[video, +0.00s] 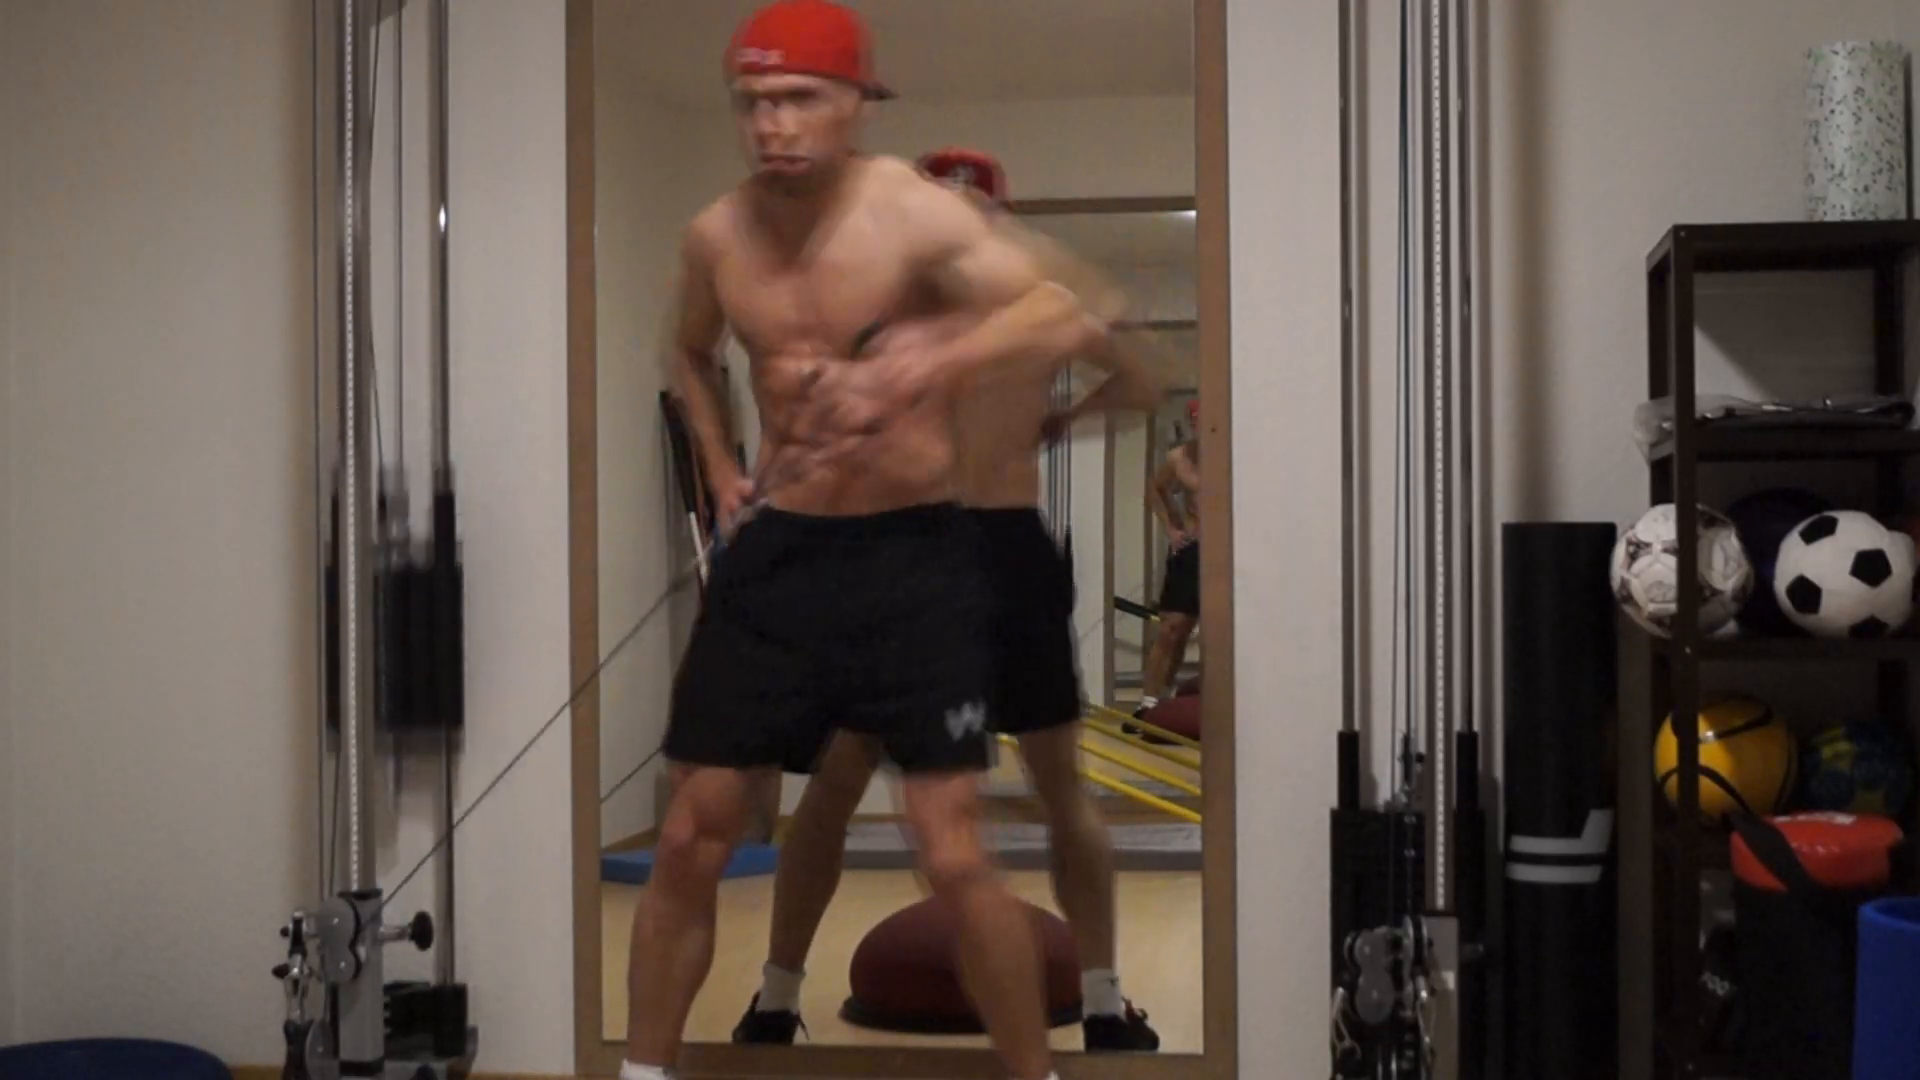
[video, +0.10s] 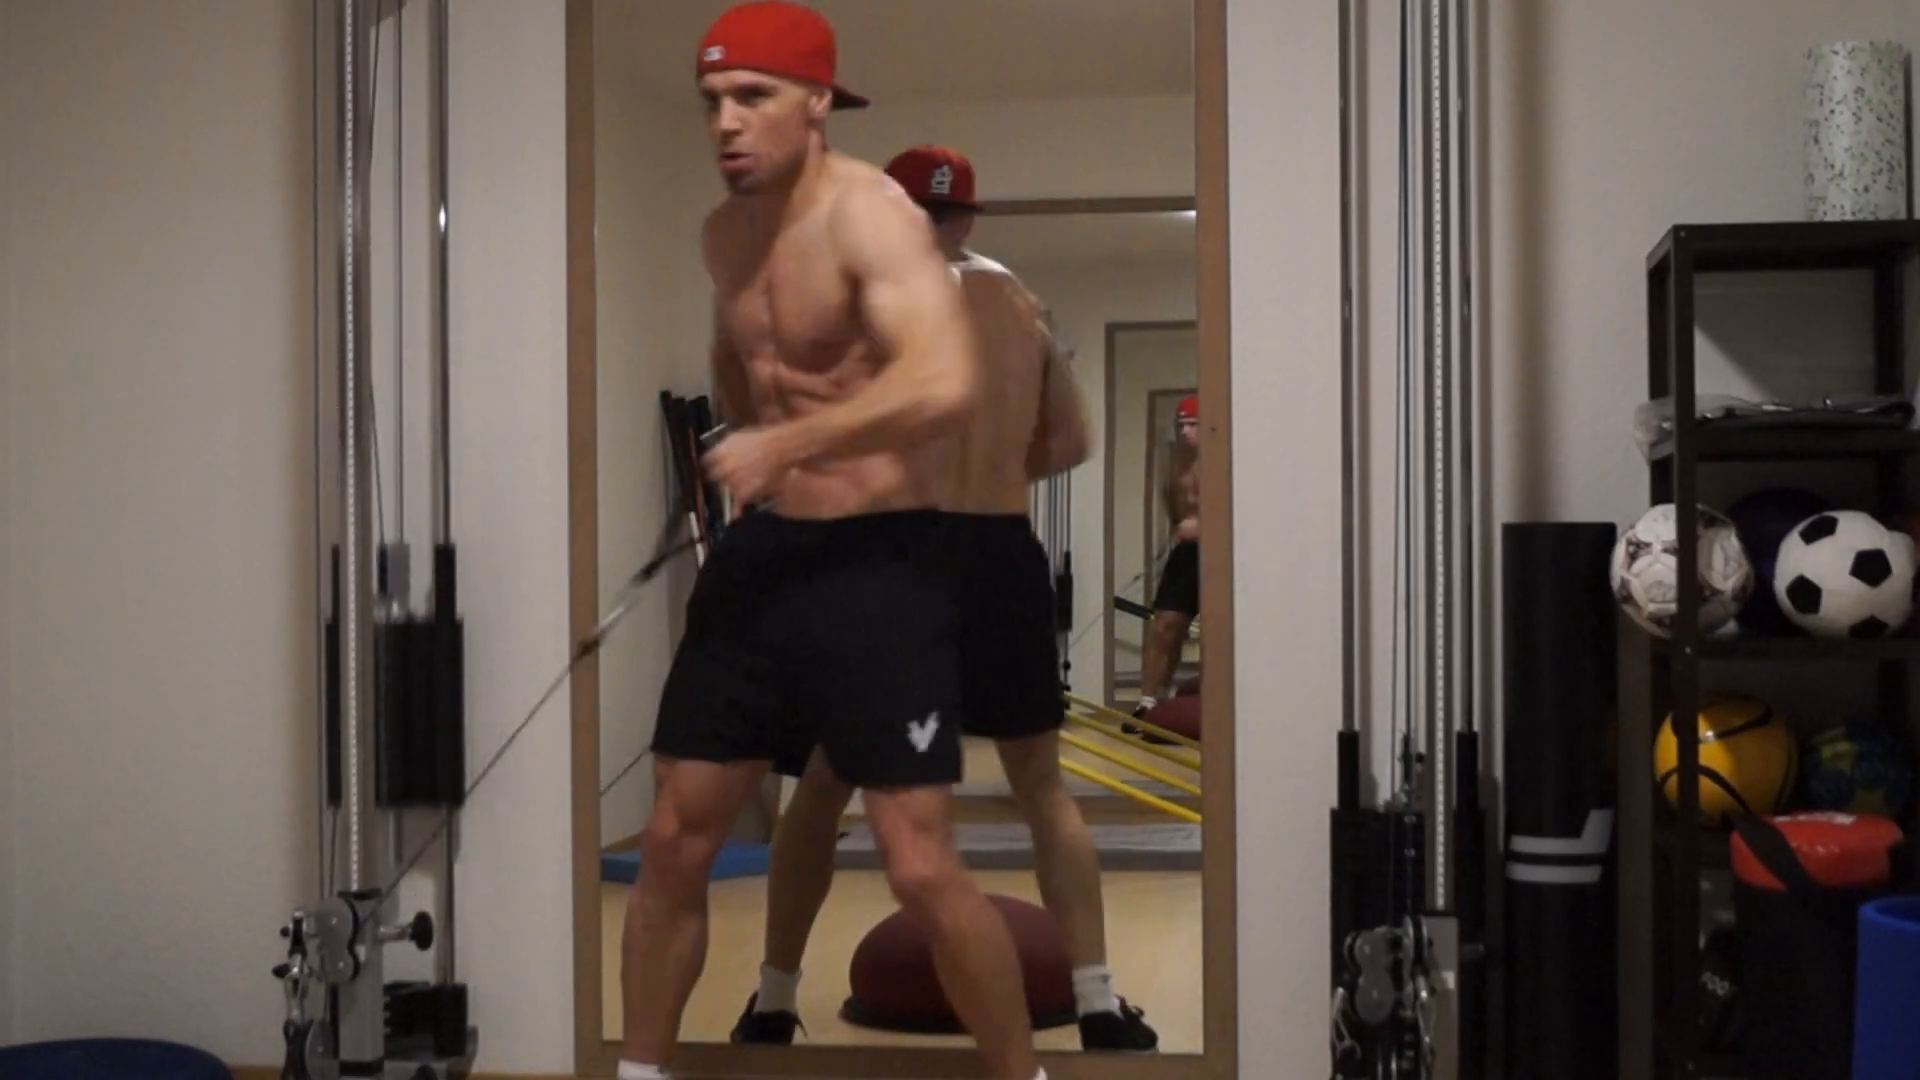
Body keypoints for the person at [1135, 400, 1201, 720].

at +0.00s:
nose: (1203, 424)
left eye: (1207, 417)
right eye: (1198, 417)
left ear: (1216, 421)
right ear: (1192, 420)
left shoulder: (1226, 457)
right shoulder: (1180, 457)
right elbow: (1155, 489)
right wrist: (1171, 528)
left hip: (1218, 548)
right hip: (1190, 546)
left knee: (1185, 628)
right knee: (1173, 625)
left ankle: (1164, 694)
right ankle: (1150, 698)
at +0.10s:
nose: (1187, 432)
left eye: (1192, 424)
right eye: (1182, 426)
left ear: (1207, 427)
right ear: (1178, 430)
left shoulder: (1218, 464)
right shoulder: (1177, 467)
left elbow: (1227, 507)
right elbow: (1173, 503)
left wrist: (1201, 523)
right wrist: (1180, 526)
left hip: (1215, 546)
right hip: (1186, 545)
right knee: (1166, 624)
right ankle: (1149, 698)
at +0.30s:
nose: (1178, 434)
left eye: (1184, 427)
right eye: (1175, 428)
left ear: (1202, 428)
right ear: (1175, 431)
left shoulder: (1203, 463)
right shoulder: (1198, 462)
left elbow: (1188, 522)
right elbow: (1189, 522)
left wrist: (1150, 549)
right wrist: (1159, 551)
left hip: (1194, 552)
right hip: (1191, 550)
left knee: (1164, 624)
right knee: (1168, 625)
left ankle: (1148, 700)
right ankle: (1157, 696)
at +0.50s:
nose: (1192, 436)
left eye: (1198, 429)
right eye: (1191, 430)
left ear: (1213, 430)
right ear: (1193, 433)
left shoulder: (1224, 461)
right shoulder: (1204, 458)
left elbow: (1207, 520)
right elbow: (1201, 516)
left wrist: (1165, 549)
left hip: (1221, 546)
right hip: (1198, 546)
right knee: (1167, 626)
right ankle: (1148, 699)